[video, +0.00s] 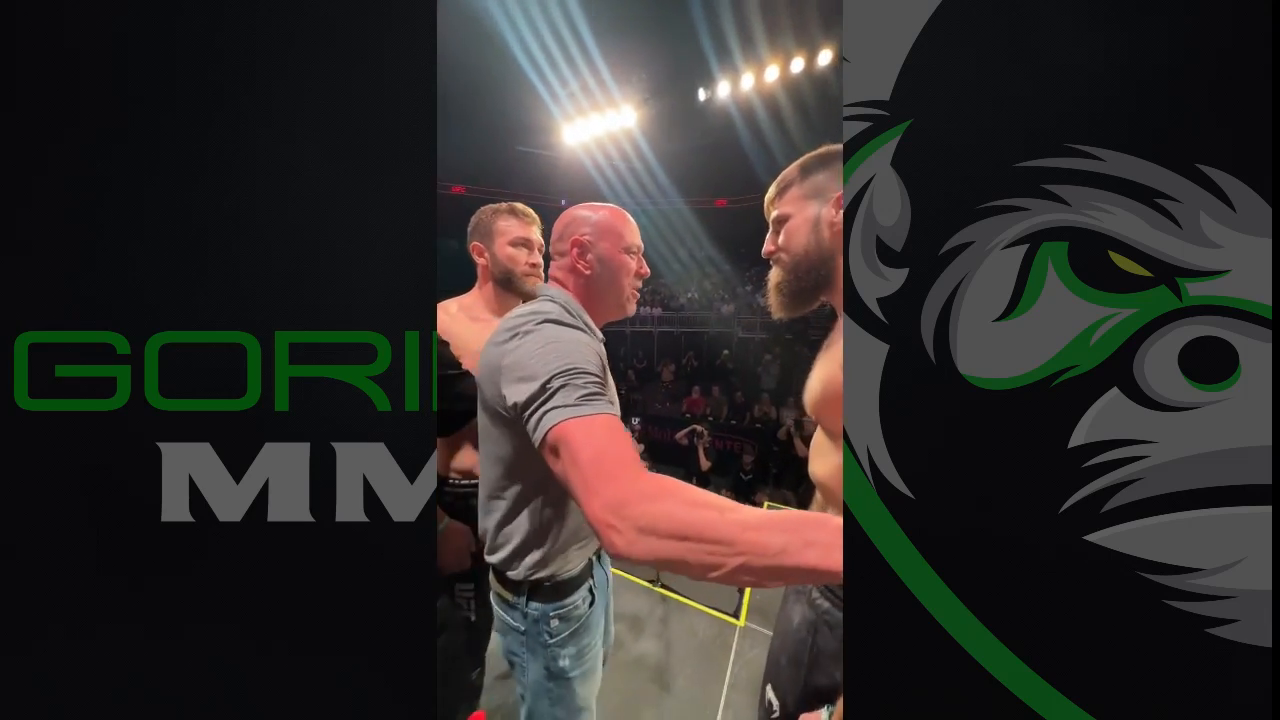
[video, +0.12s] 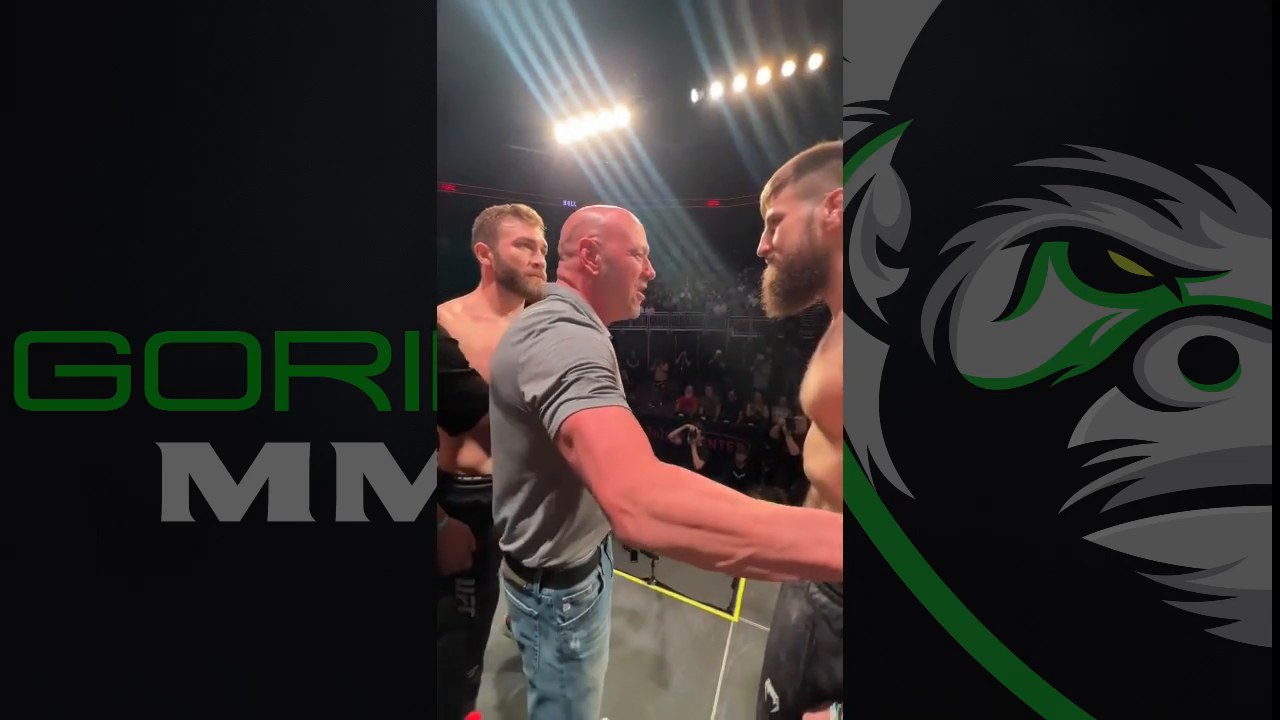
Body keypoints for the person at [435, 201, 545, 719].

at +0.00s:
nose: (537, 257)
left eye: (540, 247)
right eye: (522, 246)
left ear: (545, 256)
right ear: (482, 254)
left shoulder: (544, 326)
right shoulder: (442, 321)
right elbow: (414, 429)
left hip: (535, 501)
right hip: (463, 506)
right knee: (462, 631)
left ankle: (543, 704)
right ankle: (462, 707)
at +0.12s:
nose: (540, 256)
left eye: (543, 247)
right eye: (525, 246)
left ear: (547, 256)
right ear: (485, 254)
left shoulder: (544, 325)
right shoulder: (445, 321)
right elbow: (415, 421)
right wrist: (439, 520)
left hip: (527, 490)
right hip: (461, 493)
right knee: (461, 618)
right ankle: (458, 706)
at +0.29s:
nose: (544, 256)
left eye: (546, 248)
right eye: (529, 246)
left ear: (550, 256)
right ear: (490, 254)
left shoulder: (547, 327)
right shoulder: (448, 322)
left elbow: (565, 406)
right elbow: (424, 407)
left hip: (538, 482)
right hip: (473, 486)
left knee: (546, 556)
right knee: (469, 615)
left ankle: (524, 625)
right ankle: (457, 705)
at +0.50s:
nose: (540, 255)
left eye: (542, 247)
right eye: (525, 245)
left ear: (545, 257)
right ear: (487, 253)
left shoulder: (542, 327)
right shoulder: (447, 320)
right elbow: (429, 400)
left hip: (530, 480)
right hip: (470, 482)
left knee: (528, 567)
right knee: (458, 613)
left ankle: (504, 639)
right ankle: (445, 706)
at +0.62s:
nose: (535, 256)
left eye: (537, 248)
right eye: (520, 246)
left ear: (539, 256)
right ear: (483, 254)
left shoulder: (536, 326)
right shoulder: (445, 318)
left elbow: (544, 398)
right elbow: (425, 389)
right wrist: (517, 406)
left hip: (521, 476)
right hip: (463, 478)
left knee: (513, 567)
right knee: (455, 594)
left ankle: (494, 640)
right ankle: (441, 694)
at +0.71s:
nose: (529, 257)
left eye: (531, 248)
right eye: (514, 247)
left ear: (533, 255)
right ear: (477, 254)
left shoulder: (529, 324)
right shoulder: (441, 316)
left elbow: (539, 395)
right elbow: (431, 392)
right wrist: (520, 402)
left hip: (511, 474)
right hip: (457, 477)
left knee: (506, 568)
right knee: (451, 593)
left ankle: (488, 642)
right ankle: (436, 684)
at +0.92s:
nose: (499, 256)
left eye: (501, 247)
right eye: (484, 245)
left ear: (504, 253)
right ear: (446, 252)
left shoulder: (503, 323)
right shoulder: (425, 318)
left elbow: (516, 393)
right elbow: (404, 392)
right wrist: (482, 401)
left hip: (481, 465)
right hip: (429, 470)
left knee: (476, 564)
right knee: (426, 573)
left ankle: (464, 643)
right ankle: (426, 658)